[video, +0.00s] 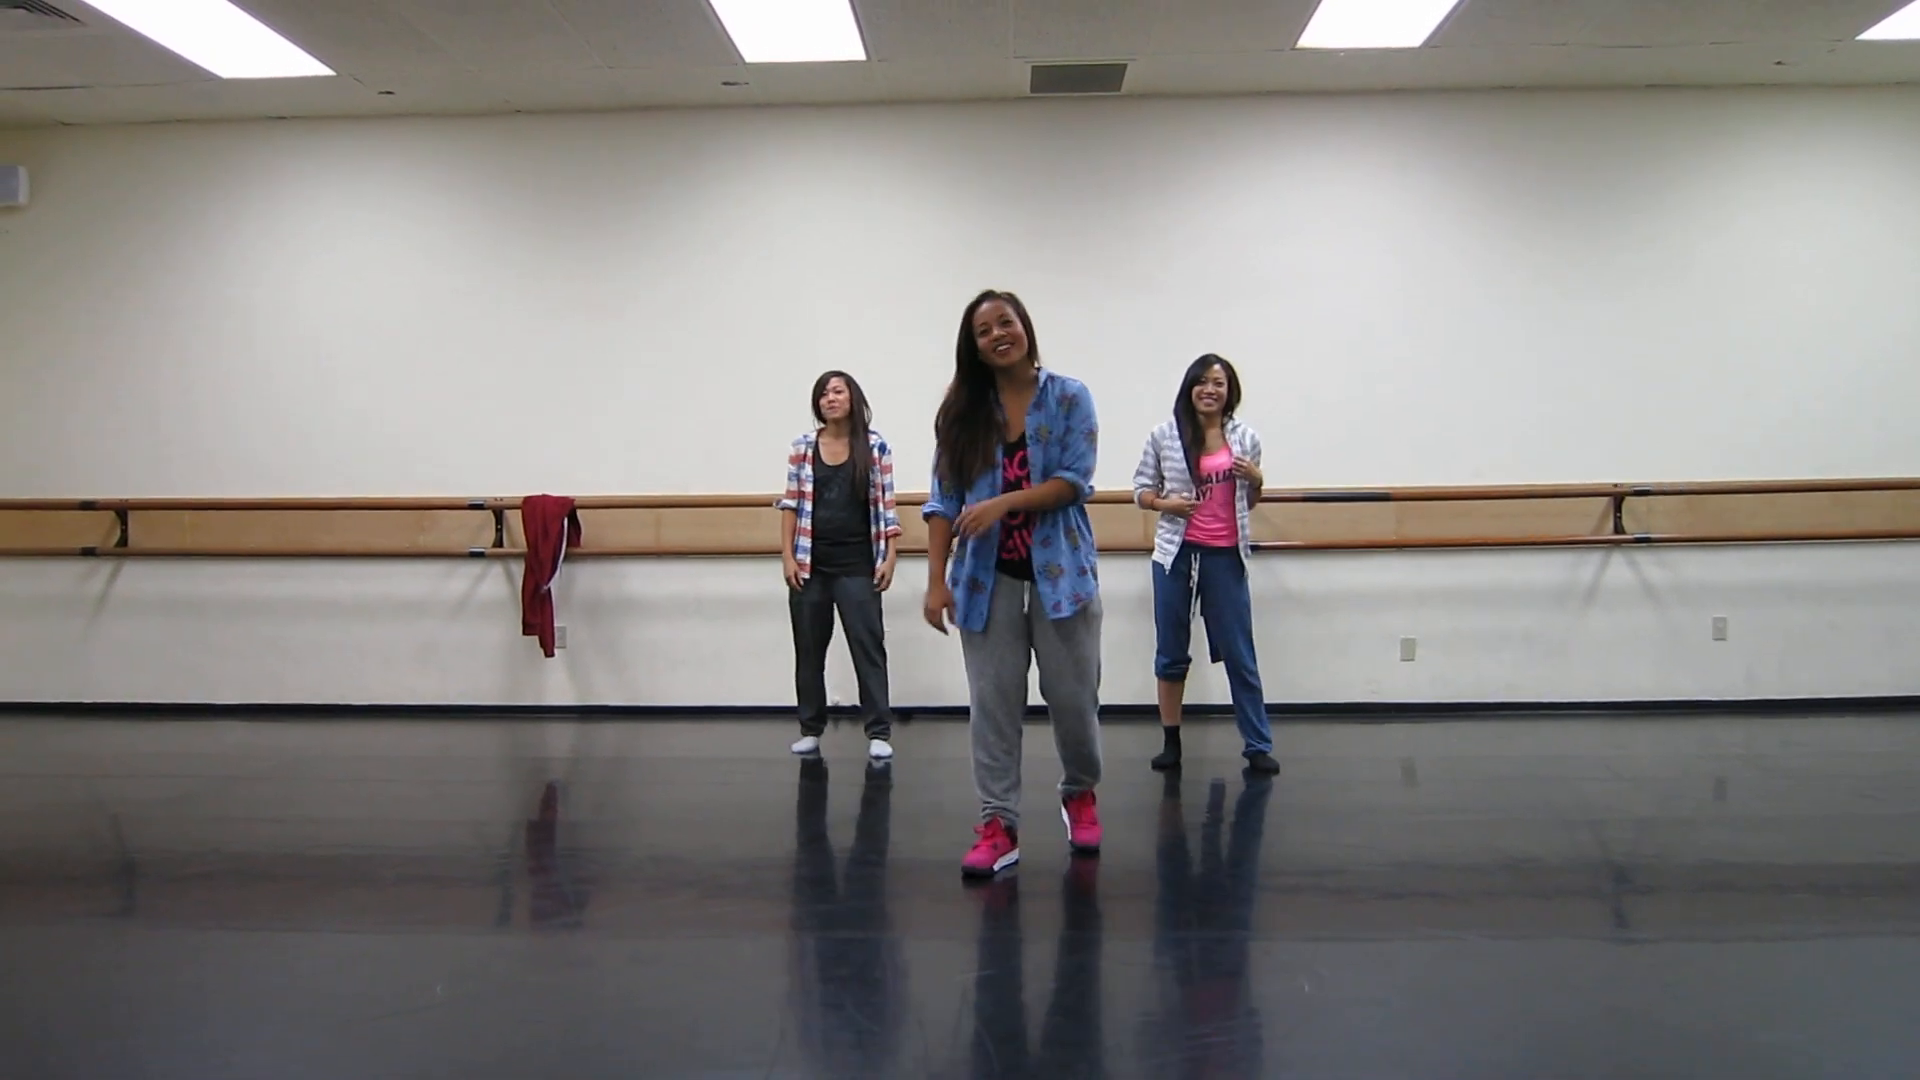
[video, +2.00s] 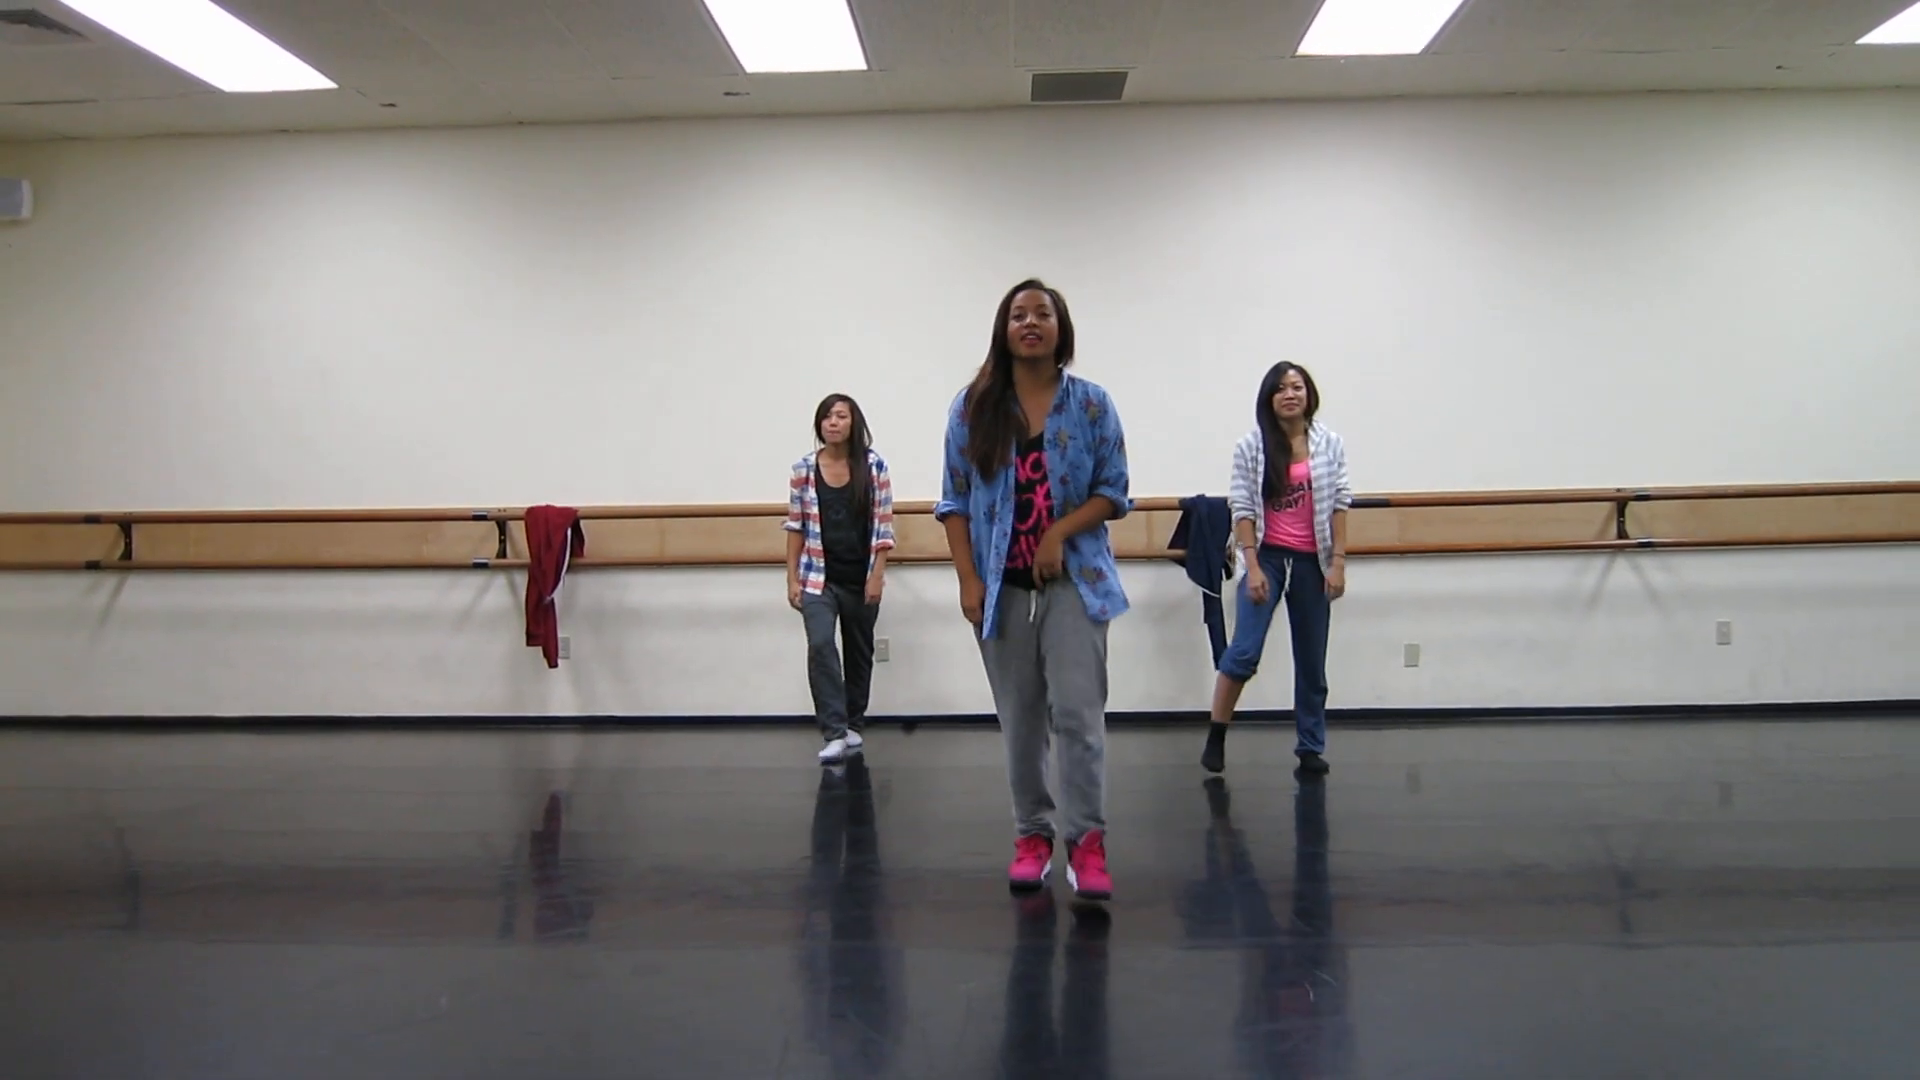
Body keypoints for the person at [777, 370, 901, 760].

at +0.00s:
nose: (832, 397)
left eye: (839, 391)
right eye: (825, 393)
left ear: (854, 399)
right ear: (817, 403)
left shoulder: (874, 445)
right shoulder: (803, 446)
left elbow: (887, 505)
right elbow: (790, 504)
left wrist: (890, 556)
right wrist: (787, 554)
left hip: (859, 565)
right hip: (810, 565)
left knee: (868, 649)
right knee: (808, 652)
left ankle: (878, 732)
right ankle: (810, 729)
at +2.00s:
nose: (834, 422)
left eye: (842, 416)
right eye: (828, 416)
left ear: (854, 424)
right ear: (819, 424)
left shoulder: (873, 465)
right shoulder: (803, 469)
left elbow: (884, 524)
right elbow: (795, 527)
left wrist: (877, 573)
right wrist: (793, 578)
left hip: (861, 580)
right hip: (817, 578)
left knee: (858, 655)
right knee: (820, 647)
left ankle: (853, 724)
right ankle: (834, 733)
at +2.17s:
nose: (832, 421)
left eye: (840, 416)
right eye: (826, 415)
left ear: (853, 423)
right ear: (817, 422)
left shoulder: (871, 467)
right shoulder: (800, 469)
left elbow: (880, 527)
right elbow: (791, 527)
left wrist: (874, 575)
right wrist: (787, 577)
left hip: (856, 582)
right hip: (812, 581)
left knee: (855, 659)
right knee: (818, 658)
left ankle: (852, 724)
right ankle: (832, 742)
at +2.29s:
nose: (829, 413)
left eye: (838, 407)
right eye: (824, 407)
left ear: (851, 416)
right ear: (814, 414)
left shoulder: (868, 461)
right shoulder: (796, 461)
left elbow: (877, 520)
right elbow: (786, 519)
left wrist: (872, 570)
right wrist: (783, 569)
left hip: (854, 580)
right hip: (810, 580)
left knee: (855, 659)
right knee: (818, 662)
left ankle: (853, 722)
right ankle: (832, 743)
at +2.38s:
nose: (829, 410)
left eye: (838, 405)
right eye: (823, 404)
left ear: (850, 414)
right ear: (814, 412)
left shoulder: (868, 460)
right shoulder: (794, 459)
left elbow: (878, 520)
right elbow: (782, 517)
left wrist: (874, 570)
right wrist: (780, 568)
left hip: (853, 579)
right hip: (808, 579)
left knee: (856, 659)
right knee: (816, 664)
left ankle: (854, 717)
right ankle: (831, 743)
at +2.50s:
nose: (828, 409)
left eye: (837, 405)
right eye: (822, 403)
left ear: (849, 415)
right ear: (812, 412)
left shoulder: (867, 461)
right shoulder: (793, 459)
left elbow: (878, 521)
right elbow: (780, 519)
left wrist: (877, 574)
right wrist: (780, 571)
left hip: (852, 582)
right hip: (806, 584)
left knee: (855, 654)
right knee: (814, 669)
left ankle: (856, 723)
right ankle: (829, 745)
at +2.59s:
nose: (828, 411)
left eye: (837, 406)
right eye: (822, 405)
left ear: (849, 417)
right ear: (812, 413)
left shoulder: (865, 463)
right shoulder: (792, 461)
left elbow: (878, 522)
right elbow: (779, 522)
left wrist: (880, 574)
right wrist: (779, 571)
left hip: (852, 584)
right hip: (805, 587)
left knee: (852, 654)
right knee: (812, 670)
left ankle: (854, 738)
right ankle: (829, 747)